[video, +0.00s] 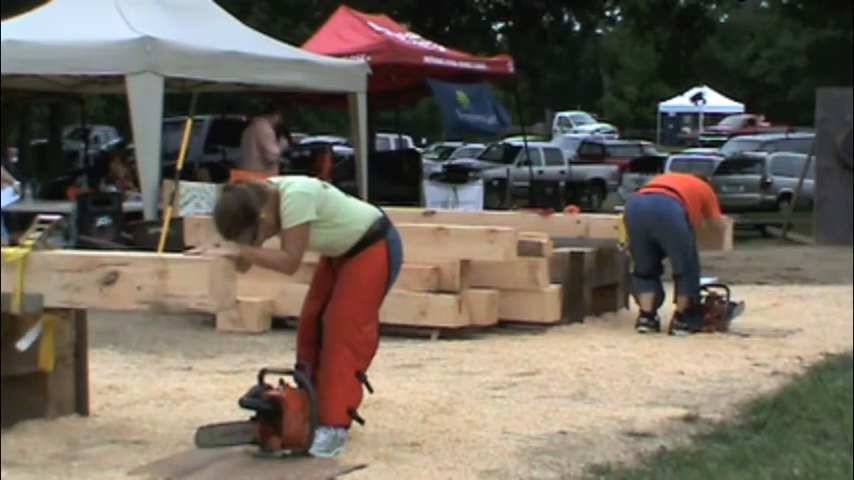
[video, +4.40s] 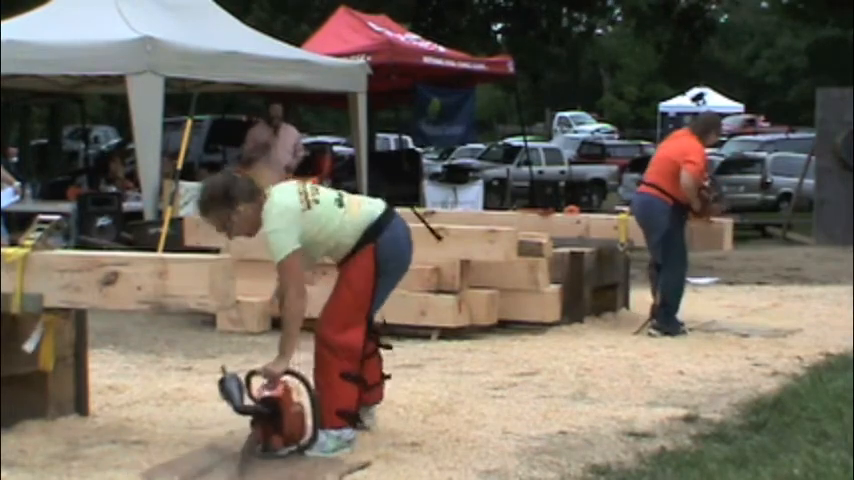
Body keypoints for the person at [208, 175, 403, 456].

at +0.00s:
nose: (258, 241)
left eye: (257, 236)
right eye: (251, 240)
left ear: (263, 212)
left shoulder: (298, 197)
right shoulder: (265, 198)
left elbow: (290, 263)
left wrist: (242, 253)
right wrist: (241, 255)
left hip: (372, 245)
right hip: (337, 250)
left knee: (341, 325)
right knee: (312, 321)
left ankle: (335, 425)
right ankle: (310, 411)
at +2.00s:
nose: (252, 233)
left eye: (251, 227)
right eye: (244, 231)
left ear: (260, 204)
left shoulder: (296, 195)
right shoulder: (262, 194)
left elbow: (291, 260)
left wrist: (244, 253)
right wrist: (232, 250)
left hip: (371, 247)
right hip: (336, 254)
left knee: (338, 325)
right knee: (309, 322)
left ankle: (334, 425)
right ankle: (309, 413)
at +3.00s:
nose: (244, 227)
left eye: (242, 219)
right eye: (238, 224)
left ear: (256, 198)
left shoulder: (302, 198)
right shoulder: (263, 214)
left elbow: (325, 262)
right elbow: (277, 267)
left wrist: (281, 281)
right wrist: (264, 293)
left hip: (374, 245)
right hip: (337, 254)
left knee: (338, 322)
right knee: (309, 322)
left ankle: (336, 426)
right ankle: (310, 414)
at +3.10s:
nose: (241, 232)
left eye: (239, 222)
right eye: (234, 227)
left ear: (254, 199)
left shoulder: (300, 211)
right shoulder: (262, 226)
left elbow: (316, 277)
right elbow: (283, 284)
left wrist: (285, 329)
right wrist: (298, 333)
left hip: (377, 246)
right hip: (338, 257)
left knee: (339, 321)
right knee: (307, 319)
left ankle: (340, 424)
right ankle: (313, 414)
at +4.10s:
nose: (237, 253)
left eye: (234, 244)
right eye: (230, 248)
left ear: (251, 224)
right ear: (253, 221)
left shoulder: (287, 226)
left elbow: (305, 299)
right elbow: (307, 293)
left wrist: (301, 361)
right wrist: (302, 356)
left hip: (382, 255)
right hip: (364, 257)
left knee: (334, 335)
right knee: (329, 331)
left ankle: (338, 429)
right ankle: (350, 412)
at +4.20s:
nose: (239, 239)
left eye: (234, 232)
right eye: (231, 236)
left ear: (248, 211)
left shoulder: (279, 228)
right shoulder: (282, 176)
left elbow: (296, 297)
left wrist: (298, 362)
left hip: (372, 245)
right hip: (387, 224)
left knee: (326, 330)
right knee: (356, 324)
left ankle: (335, 427)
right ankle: (352, 403)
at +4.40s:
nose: (228, 236)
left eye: (225, 227)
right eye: (223, 230)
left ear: (241, 210)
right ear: (244, 205)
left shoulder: (278, 217)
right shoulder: (281, 197)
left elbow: (295, 292)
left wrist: (283, 358)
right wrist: (284, 287)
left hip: (379, 242)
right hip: (386, 232)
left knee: (333, 330)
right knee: (353, 322)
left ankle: (337, 428)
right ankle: (365, 402)